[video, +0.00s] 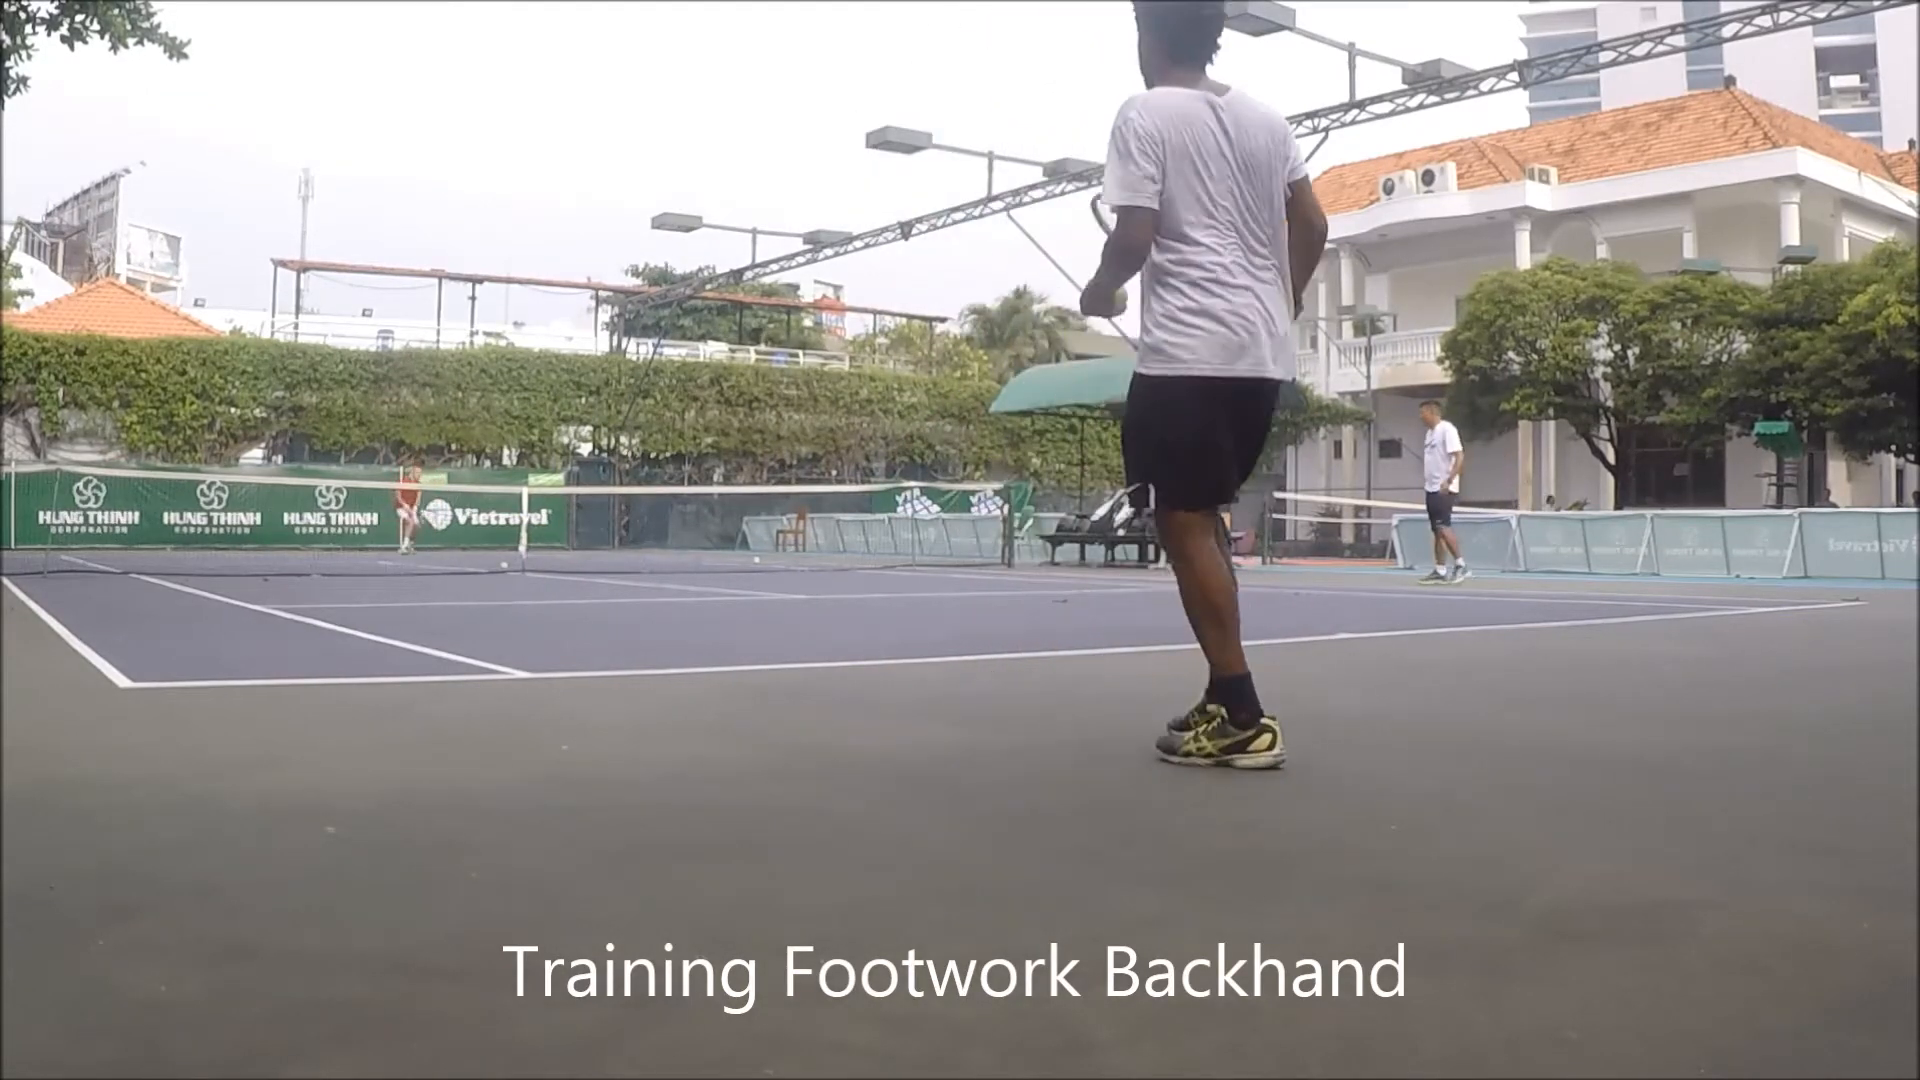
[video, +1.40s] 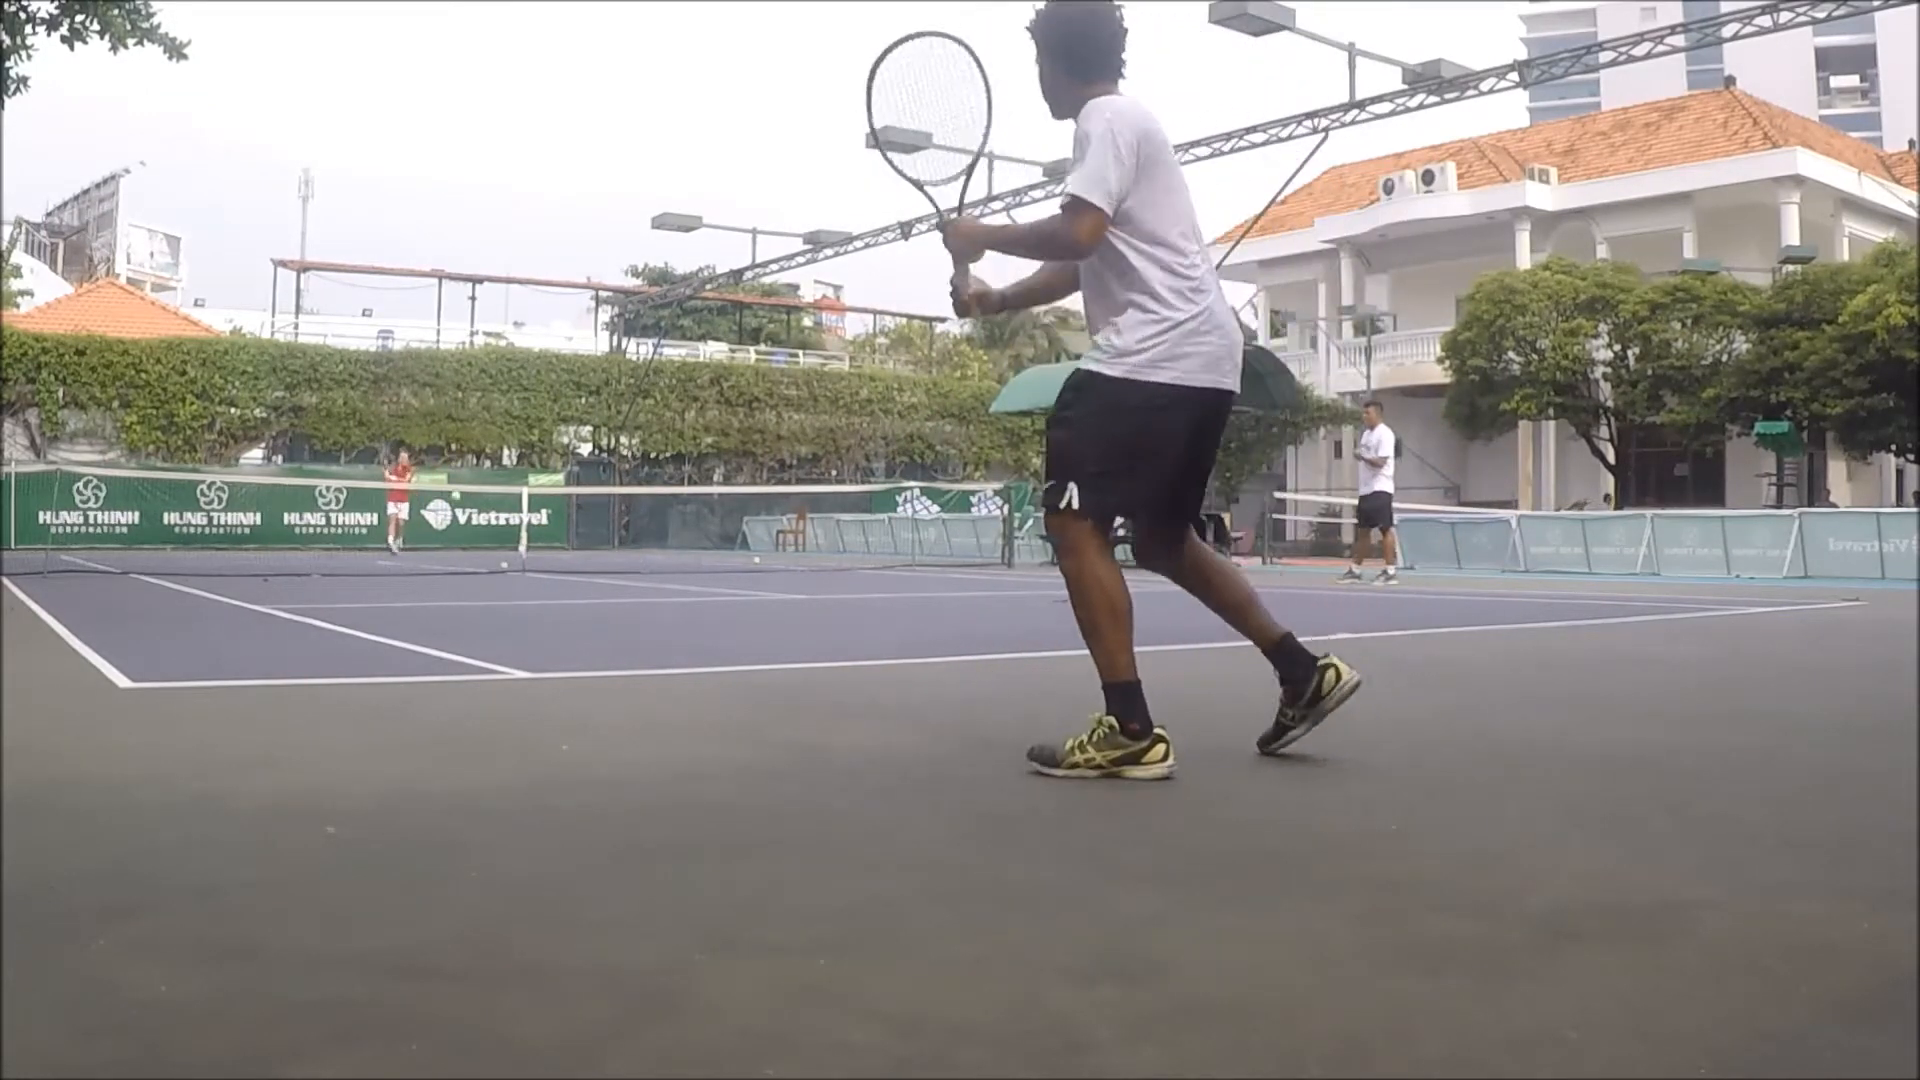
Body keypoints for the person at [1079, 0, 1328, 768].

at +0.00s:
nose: (1135, 47)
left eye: (1137, 32)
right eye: (1141, 32)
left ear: (1149, 37)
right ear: (1212, 42)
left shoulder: (1146, 113)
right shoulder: (1266, 122)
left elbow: (1136, 233)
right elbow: (1312, 228)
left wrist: (1102, 286)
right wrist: (1276, 303)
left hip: (1186, 357)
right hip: (1264, 359)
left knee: (1185, 525)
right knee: (1199, 520)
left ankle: (1243, 717)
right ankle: (1224, 697)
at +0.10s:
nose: (1154, 56)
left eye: (1156, 42)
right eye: (1159, 41)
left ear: (1169, 47)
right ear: (1231, 50)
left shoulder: (1165, 117)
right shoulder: (1286, 131)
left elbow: (1162, 236)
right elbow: (1325, 239)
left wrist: (1139, 309)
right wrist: (1285, 311)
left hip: (1202, 359)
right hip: (1284, 361)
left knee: (1185, 533)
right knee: (1249, 520)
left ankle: (1243, 722)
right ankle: (1313, 693)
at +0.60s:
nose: (1244, 64)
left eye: (1246, 52)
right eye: (1249, 51)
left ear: (1255, 56)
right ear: (1323, 57)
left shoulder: (1255, 124)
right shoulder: (1373, 140)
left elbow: (1231, 240)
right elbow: (1405, 251)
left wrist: (1205, 285)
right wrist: (1351, 298)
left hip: (1285, 360)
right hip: (1376, 362)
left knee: (1238, 522)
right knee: (1370, 526)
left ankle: (1247, 719)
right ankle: (1407, 708)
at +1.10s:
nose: (1178, 98)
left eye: (1180, 86)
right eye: (1180, 85)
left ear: (1191, 86)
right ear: (1256, 89)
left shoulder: (1202, 153)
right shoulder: (1310, 165)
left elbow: (1200, 271)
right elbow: (1339, 276)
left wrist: (1157, 299)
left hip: (1254, 373)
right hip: (1341, 383)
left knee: (1139, 525)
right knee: (1326, 548)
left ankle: (1144, 717)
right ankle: (1402, 710)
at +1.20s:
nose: (1130, 95)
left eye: (1132, 81)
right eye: (1132, 81)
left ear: (1144, 83)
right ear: (1205, 83)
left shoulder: (1162, 153)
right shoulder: (1253, 158)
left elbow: (1159, 274)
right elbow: (1256, 280)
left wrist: (1098, 290)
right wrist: (1166, 323)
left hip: (1209, 373)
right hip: (1291, 380)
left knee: (1098, 527)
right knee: (1300, 547)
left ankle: (1129, 725)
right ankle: (1397, 708)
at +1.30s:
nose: (1078, 89)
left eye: (1081, 73)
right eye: (1079, 73)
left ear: (1097, 73)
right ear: (1155, 73)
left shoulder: (1128, 140)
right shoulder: (1191, 145)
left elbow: (1110, 260)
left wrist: (1039, 272)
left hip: (1174, 370)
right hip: (1246, 374)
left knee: (1074, 527)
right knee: (1236, 541)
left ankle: (1129, 726)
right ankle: (1358, 688)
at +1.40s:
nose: (1035, 74)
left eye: (1036, 57)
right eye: (1034, 58)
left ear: (1056, 59)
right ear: (1112, 53)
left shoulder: (1108, 120)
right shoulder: (1127, 129)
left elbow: (1078, 233)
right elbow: (1078, 265)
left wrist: (983, 235)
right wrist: (998, 298)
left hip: (1150, 354)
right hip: (1203, 356)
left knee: (1072, 522)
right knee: (1162, 538)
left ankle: (1130, 726)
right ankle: (1301, 671)